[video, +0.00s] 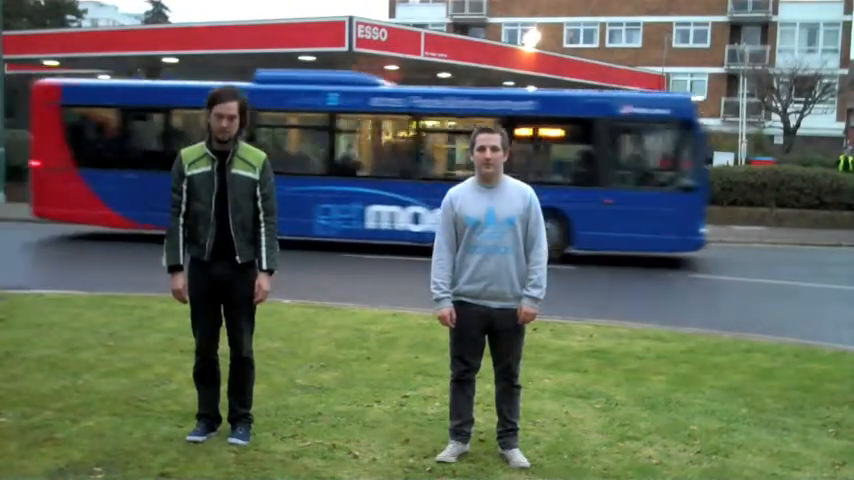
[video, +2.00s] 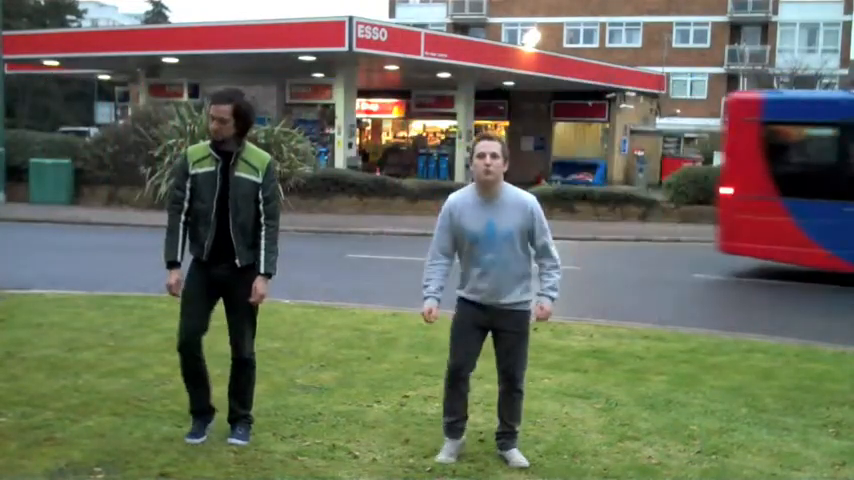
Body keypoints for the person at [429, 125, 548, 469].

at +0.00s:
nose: (487, 155)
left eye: (494, 149)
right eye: (481, 149)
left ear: (505, 155)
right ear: (472, 155)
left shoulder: (524, 195)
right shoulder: (456, 197)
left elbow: (538, 249)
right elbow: (443, 251)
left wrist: (532, 297)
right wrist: (442, 298)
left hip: (510, 305)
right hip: (466, 303)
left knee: (509, 378)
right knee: (462, 376)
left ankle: (509, 444)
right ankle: (458, 440)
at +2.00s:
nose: (487, 162)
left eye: (494, 157)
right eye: (481, 156)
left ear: (505, 164)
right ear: (472, 163)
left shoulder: (527, 204)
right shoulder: (456, 204)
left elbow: (548, 256)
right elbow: (440, 255)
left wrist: (548, 296)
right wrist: (431, 296)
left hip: (515, 307)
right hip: (471, 304)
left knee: (513, 380)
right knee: (457, 370)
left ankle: (508, 444)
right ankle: (453, 438)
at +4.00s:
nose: (478, 179)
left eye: (484, 174)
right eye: (481, 173)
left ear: (503, 182)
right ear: (500, 181)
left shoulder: (544, 217)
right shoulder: (481, 215)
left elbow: (572, 255)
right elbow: (478, 259)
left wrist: (557, 279)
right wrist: (465, 280)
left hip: (532, 318)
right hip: (491, 311)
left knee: (521, 383)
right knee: (448, 360)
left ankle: (508, 445)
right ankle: (458, 436)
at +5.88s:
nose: (513, 153)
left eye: (521, 150)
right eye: (509, 148)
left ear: (534, 159)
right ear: (500, 155)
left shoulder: (552, 197)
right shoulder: (484, 189)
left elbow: (568, 239)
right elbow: (465, 228)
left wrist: (560, 259)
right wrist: (444, 232)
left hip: (527, 300)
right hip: (487, 289)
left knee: (518, 373)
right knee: (452, 343)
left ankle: (507, 444)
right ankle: (452, 422)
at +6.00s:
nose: (514, 156)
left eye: (521, 151)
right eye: (509, 150)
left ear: (533, 158)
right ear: (500, 155)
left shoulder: (552, 195)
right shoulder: (485, 188)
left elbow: (568, 238)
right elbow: (463, 224)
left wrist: (557, 258)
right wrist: (437, 235)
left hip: (526, 300)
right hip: (485, 293)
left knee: (518, 374)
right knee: (463, 362)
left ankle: (507, 444)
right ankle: (457, 440)